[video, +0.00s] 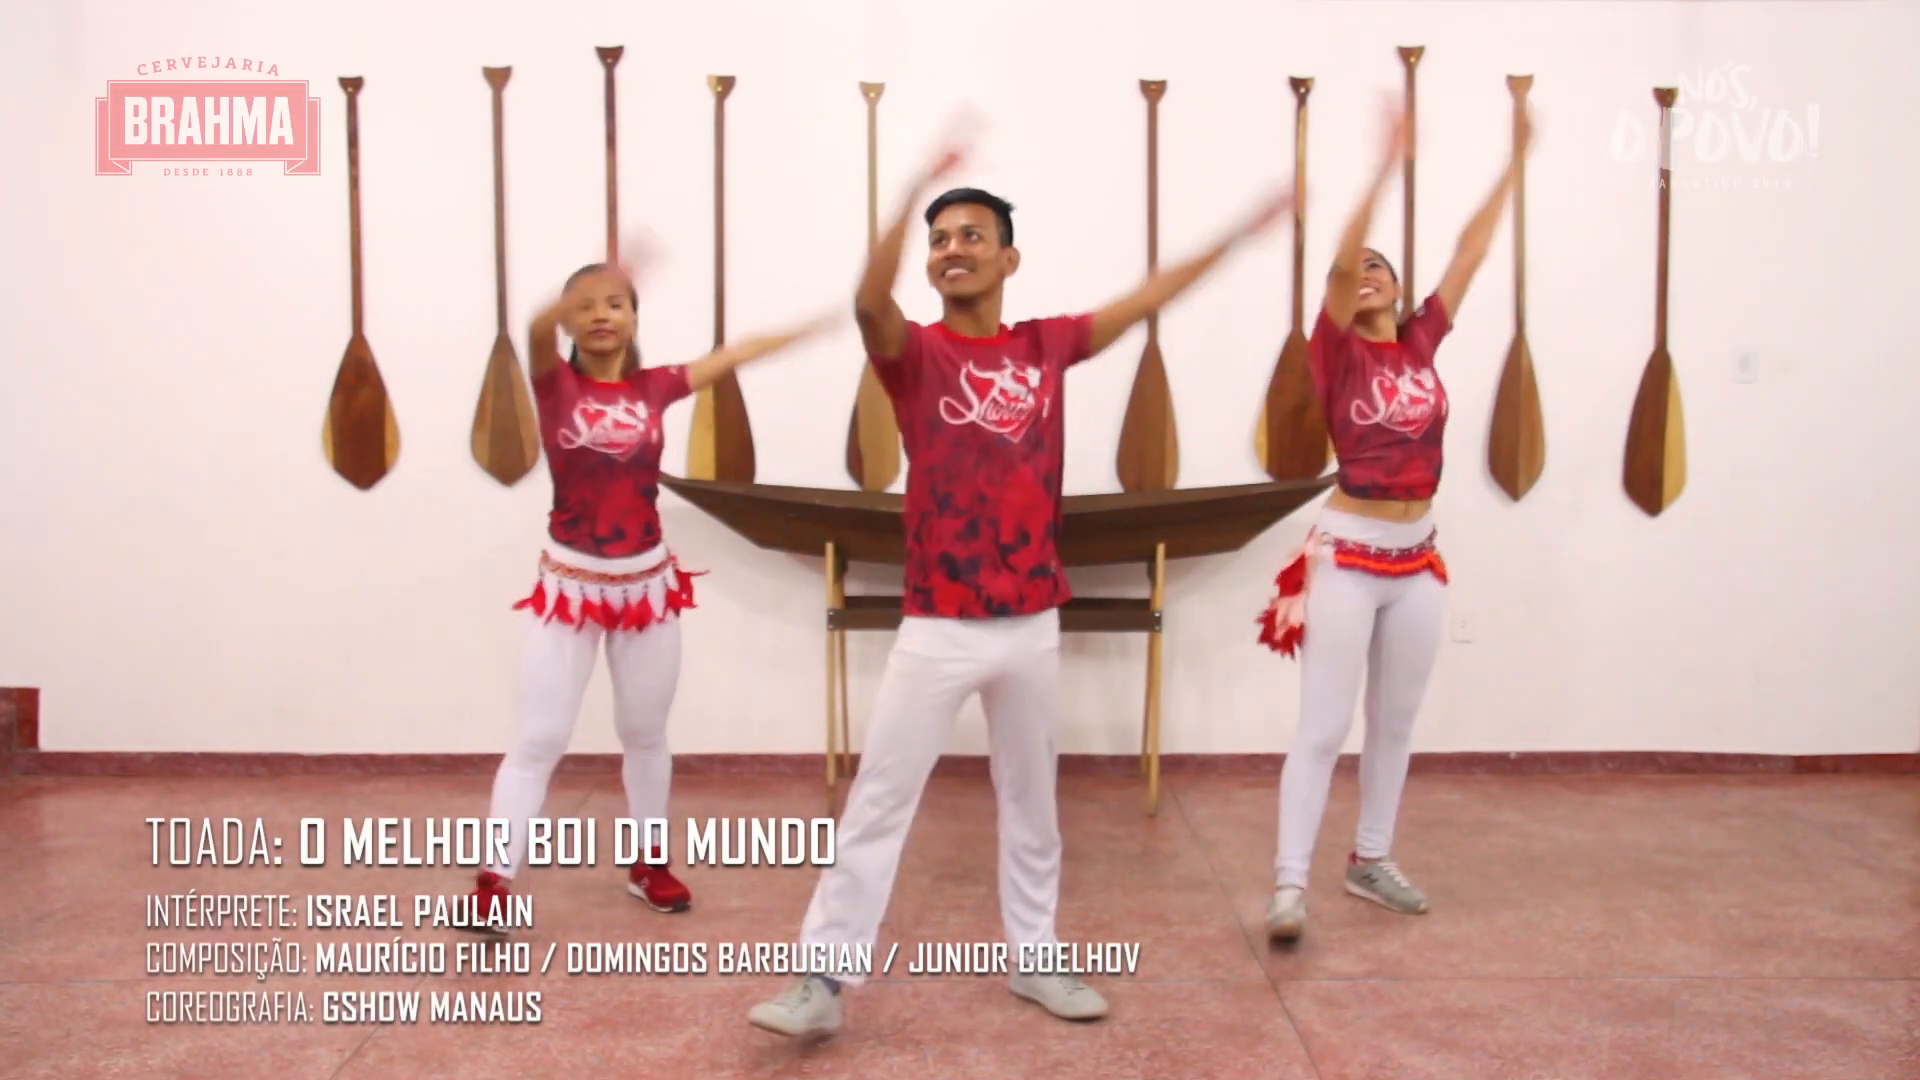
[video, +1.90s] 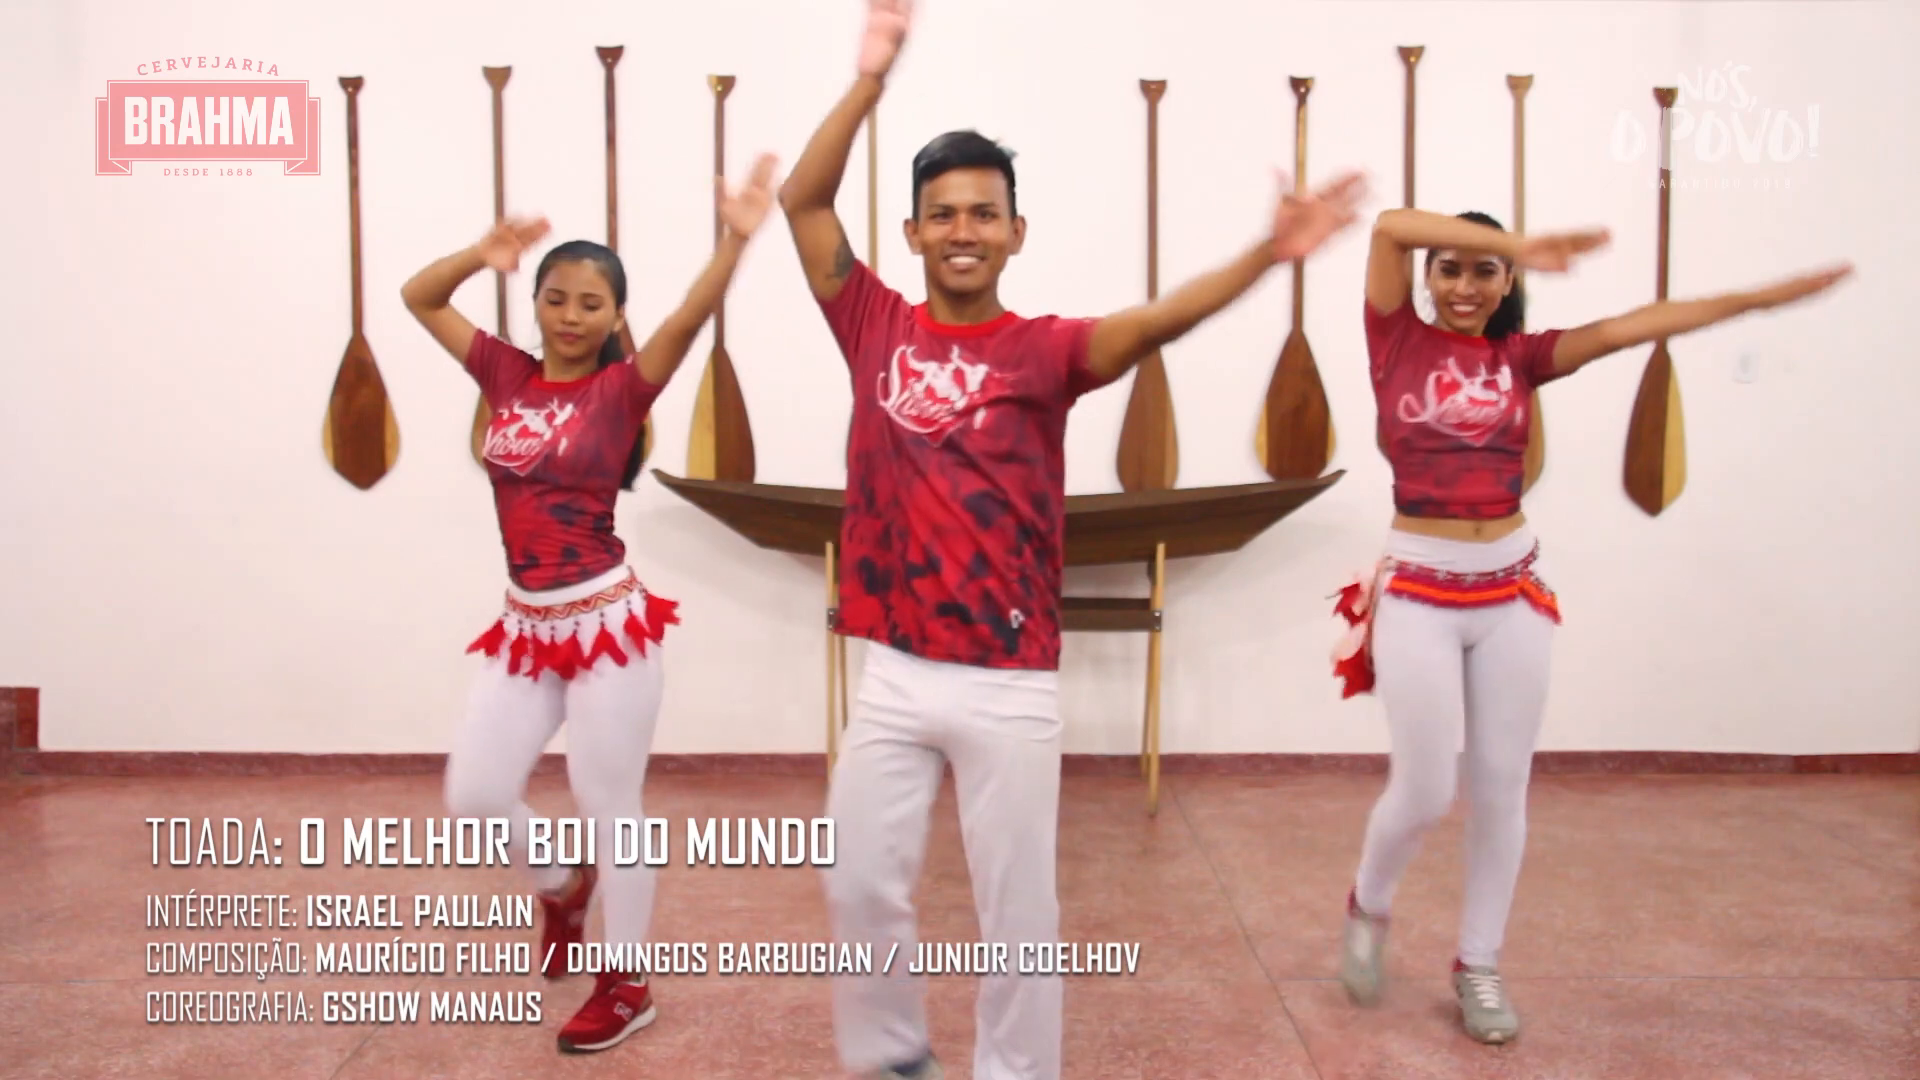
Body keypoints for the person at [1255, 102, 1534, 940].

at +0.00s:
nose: (1373, 275)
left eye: (1380, 269)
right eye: (1359, 271)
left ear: (1397, 290)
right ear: (1338, 296)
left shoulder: (1418, 343)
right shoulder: (1332, 356)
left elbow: (1469, 249)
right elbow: (1344, 262)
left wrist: (1515, 162)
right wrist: (1385, 170)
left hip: (1417, 562)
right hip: (1344, 559)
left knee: (1395, 726)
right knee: (1322, 731)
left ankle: (1372, 860)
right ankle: (1289, 887)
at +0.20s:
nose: (1356, 279)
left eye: (1367, 272)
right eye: (1343, 274)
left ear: (1390, 292)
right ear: (1326, 297)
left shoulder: (1410, 348)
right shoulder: (1309, 353)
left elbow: (1427, 250)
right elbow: (1271, 267)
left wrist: (1410, 150)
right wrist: (1231, 182)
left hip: (1397, 569)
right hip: (1318, 567)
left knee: (1394, 732)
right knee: (1314, 736)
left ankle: (1375, 857)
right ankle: (1289, 902)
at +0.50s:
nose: (1337, 279)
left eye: (1350, 274)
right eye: (1324, 275)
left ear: (1373, 301)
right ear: (1307, 300)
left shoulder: (1396, 364)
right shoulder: (1281, 368)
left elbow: (1424, 270)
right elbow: (1190, 329)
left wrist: (1321, 247)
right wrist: (1088, 280)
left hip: (1367, 577)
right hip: (1281, 573)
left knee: (1380, 753)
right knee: (1286, 747)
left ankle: (1369, 845)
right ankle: (1286, 904)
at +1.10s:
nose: (1355, 269)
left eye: (1370, 262)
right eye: (1348, 262)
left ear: (1395, 286)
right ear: (1333, 282)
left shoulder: (1394, 351)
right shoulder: (1311, 331)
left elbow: (1389, 248)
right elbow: (1251, 242)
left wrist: (1325, 153)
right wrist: (1195, 156)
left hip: (1383, 566)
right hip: (1298, 568)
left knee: (1424, 761)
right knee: (1306, 755)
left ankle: (1464, 945)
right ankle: (1312, 910)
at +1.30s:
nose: (1393, 260)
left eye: (1412, 257)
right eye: (1381, 253)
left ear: (1429, 288)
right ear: (1358, 280)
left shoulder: (1422, 353)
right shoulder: (1343, 339)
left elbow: (1442, 246)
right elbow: (1315, 233)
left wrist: (1470, 130)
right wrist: (1303, 117)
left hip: (1422, 583)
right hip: (1339, 584)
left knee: (1452, 781)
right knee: (1333, 762)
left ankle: (1485, 964)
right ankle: (1313, 911)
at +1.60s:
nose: (1447, 270)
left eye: (1465, 262)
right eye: (1434, 258)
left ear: (1486, 291)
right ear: (1408, 282)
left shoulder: (1493, 360)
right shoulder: (1384, 349)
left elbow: (1559, 274)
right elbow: (1360, 238)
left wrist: (1645, 183)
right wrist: (1426, 168)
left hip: (1492, 581)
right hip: (1402, 591)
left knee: (1487, 788)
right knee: (1347, 775)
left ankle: (1483, 969)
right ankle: (1330, 907)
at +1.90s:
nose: (1462, 283)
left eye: (1483, 269)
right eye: (1450, 266)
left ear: (1508, 283)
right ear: (1426, 275)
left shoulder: (1520, 355)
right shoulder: (1396, 344)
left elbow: (1633, 325)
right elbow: (1390, 227)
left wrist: (1757, 297)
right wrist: (1519, 246)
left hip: (1511, 592)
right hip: (1415, 591)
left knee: (1500, 789)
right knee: (1424, 789)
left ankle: (1477, 967)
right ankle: (1367, 912)